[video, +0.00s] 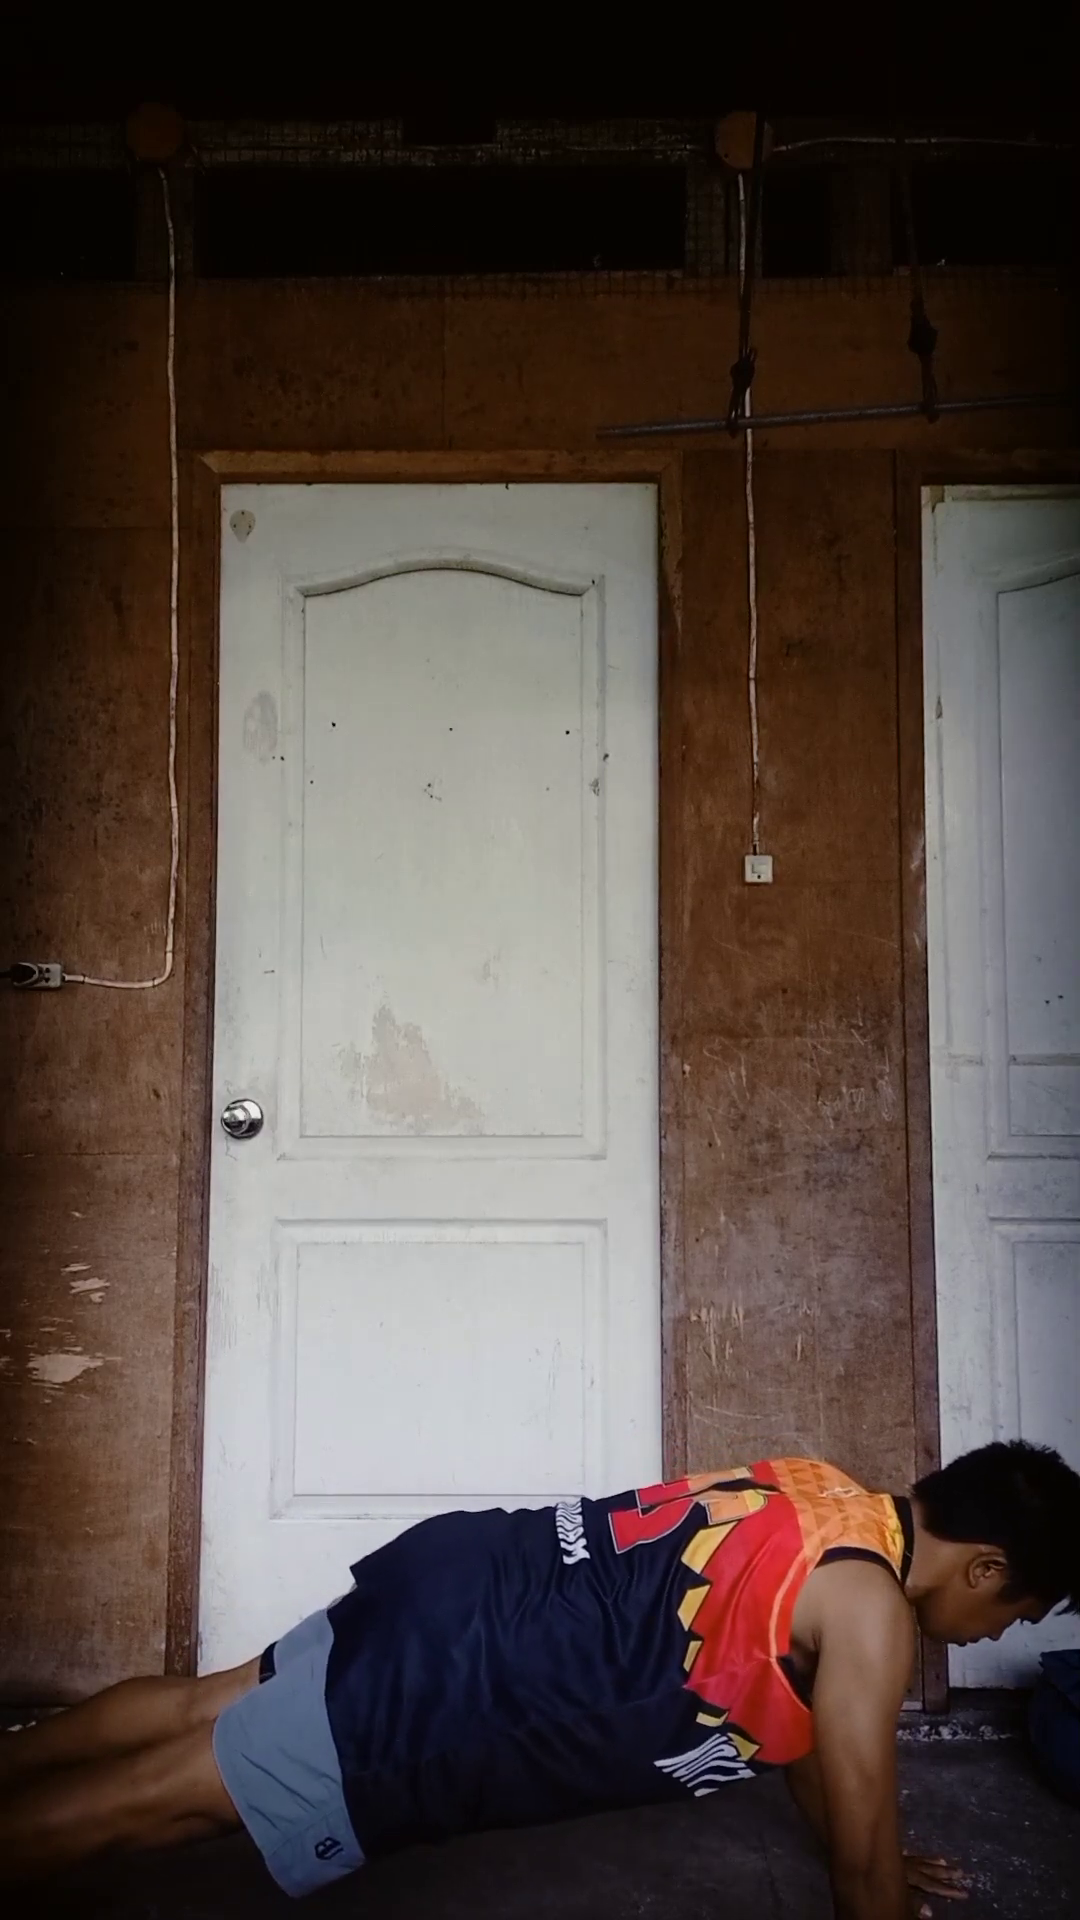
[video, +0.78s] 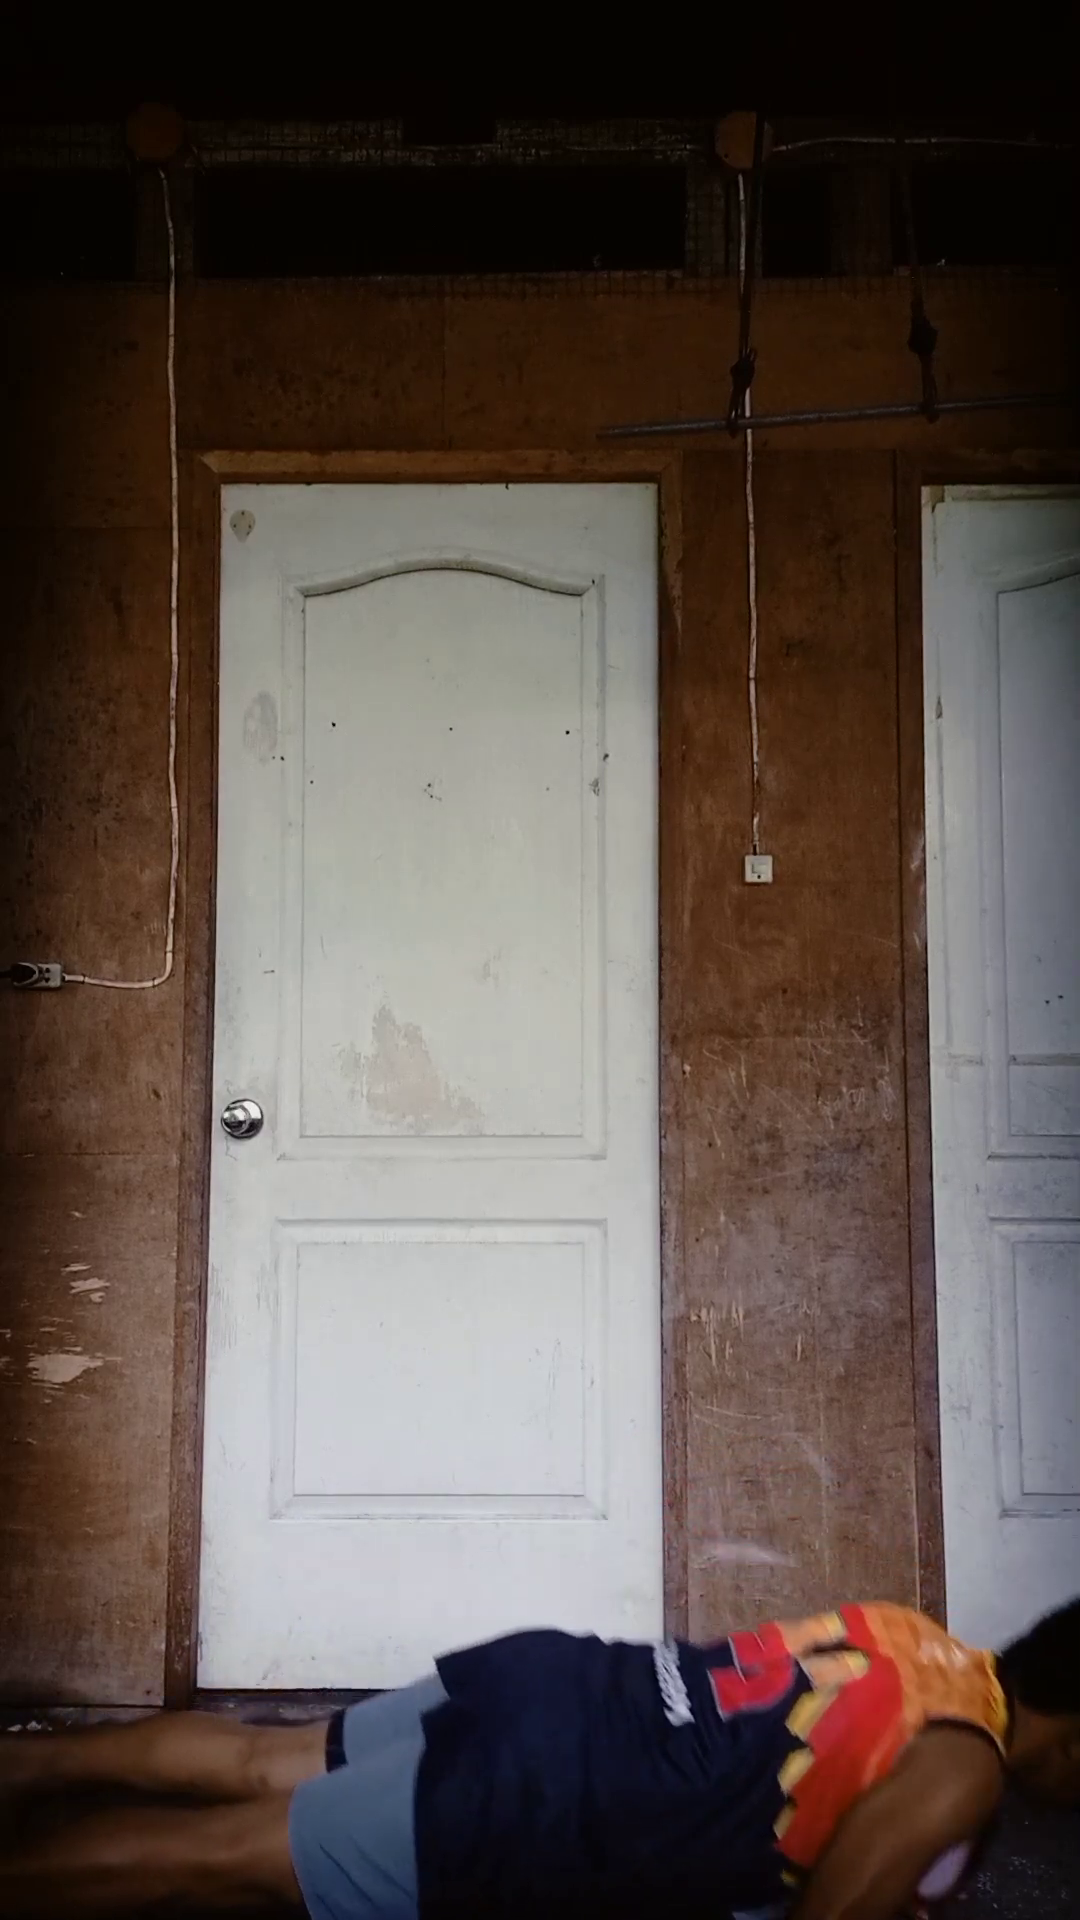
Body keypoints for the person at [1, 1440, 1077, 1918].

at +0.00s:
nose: (996, 1632)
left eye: (1017, 1615)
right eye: (1012, 1610)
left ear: (945, 1497)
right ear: (978, 1563)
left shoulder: (822, 1486)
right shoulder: (866, 1619)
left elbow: (797, 1702)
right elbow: (869, 1874)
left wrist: (874, 1843)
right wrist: (908, 1894)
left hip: (458, 1567)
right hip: (454, 1681)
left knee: (207, 1702)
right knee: (153, 1801)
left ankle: (3, 1764)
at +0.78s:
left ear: (1033, 1645)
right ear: (1075, 1731)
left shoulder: (912, 1630)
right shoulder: (957, 1767)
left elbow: (783, 1744)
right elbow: (828, 1906)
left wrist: (893, 1844)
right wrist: (922, 1874)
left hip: (548, 1675)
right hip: (533, 1805)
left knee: (272, 1758)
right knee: (229, 1862)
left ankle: (23, 1762)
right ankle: (15, 1868)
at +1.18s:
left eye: (1033, 1682)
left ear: (1034, 1703)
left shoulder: (954, 1734)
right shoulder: (1026, 1851)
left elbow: (801, 1679)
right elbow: (863, 1897)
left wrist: (883, 1782)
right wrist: (890, 1810)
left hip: (599, 1741)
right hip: (606, 1854)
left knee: (314, 1792)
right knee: (274, 1885)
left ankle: (57, 1756)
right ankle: (40, 1874)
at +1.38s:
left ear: (1046, 1682)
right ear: (1073, 1754)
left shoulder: (945, 1682)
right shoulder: (1002, 1807)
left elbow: (771, 1717)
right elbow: (850, 1901)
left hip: (586, 1703)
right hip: (577, 1834)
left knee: (301, 1761)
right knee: (260, 1868)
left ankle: (46, 1756)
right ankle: (34, 1873)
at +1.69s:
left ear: (1033, 1605)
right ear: (1072, 1668)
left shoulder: (912, 1593)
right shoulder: (976, 1721)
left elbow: (765, 1660)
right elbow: (869, 1899)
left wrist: (894, 1812)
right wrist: (943, 1861)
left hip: (554, 1666)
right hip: (539, 1801)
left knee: (296, 1749)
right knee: (241, 1857)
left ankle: (35, 1759)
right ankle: (19, 1862)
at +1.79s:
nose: (1079, 1689)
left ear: (1026, 1574)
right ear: (1063, 1629)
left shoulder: (899, 1563)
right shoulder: (959, 1690)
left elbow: (773, 1694)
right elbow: (871, 1900)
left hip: (547, 1654)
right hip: (536, 1779)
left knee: (290, 1739)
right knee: (222, 1845)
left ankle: (33, 1759)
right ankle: (14, 1860)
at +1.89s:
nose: (1067, 1648)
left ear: (1008, 1531)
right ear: (1052, 1590)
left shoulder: (885, 1529)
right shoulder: (938, 1647)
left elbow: (784, 1688)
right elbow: (863, 1883)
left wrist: (877, 1785)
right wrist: (916, 1862)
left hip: (536, 1630)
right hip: (531, 1744)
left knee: (269, 1727)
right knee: (221, 1824)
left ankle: (28, 1760)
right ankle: (11, 1856)